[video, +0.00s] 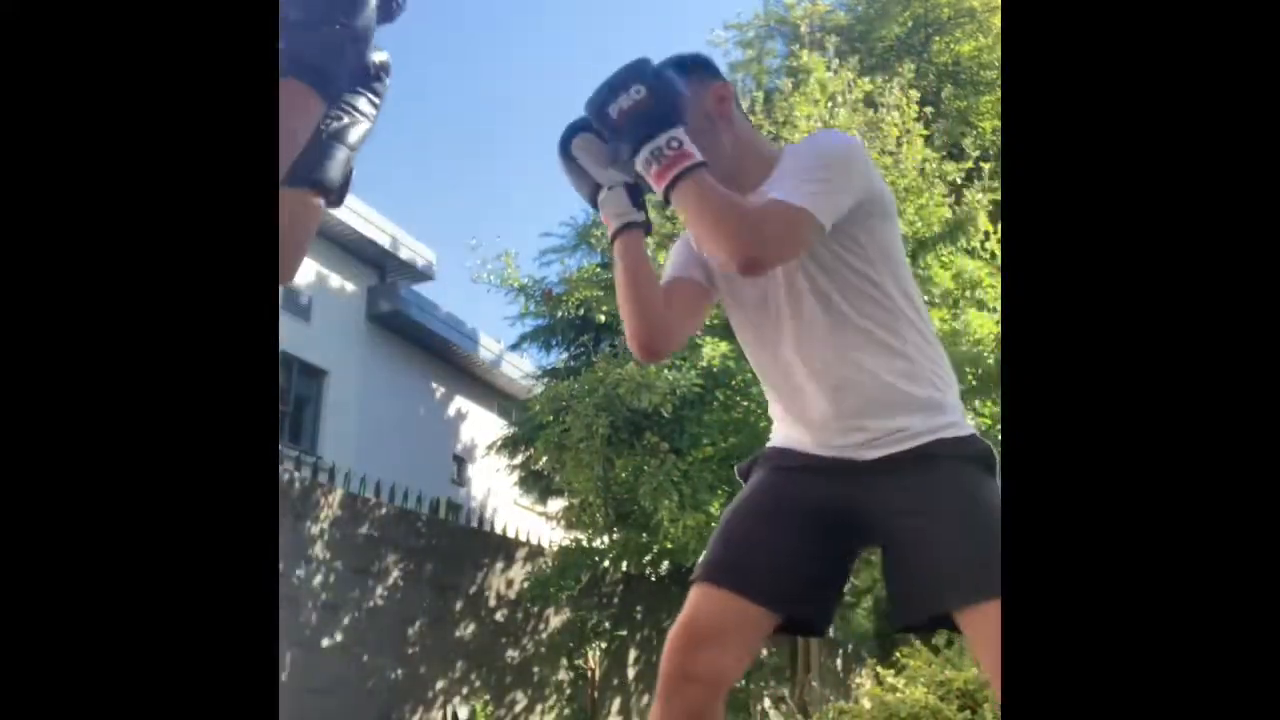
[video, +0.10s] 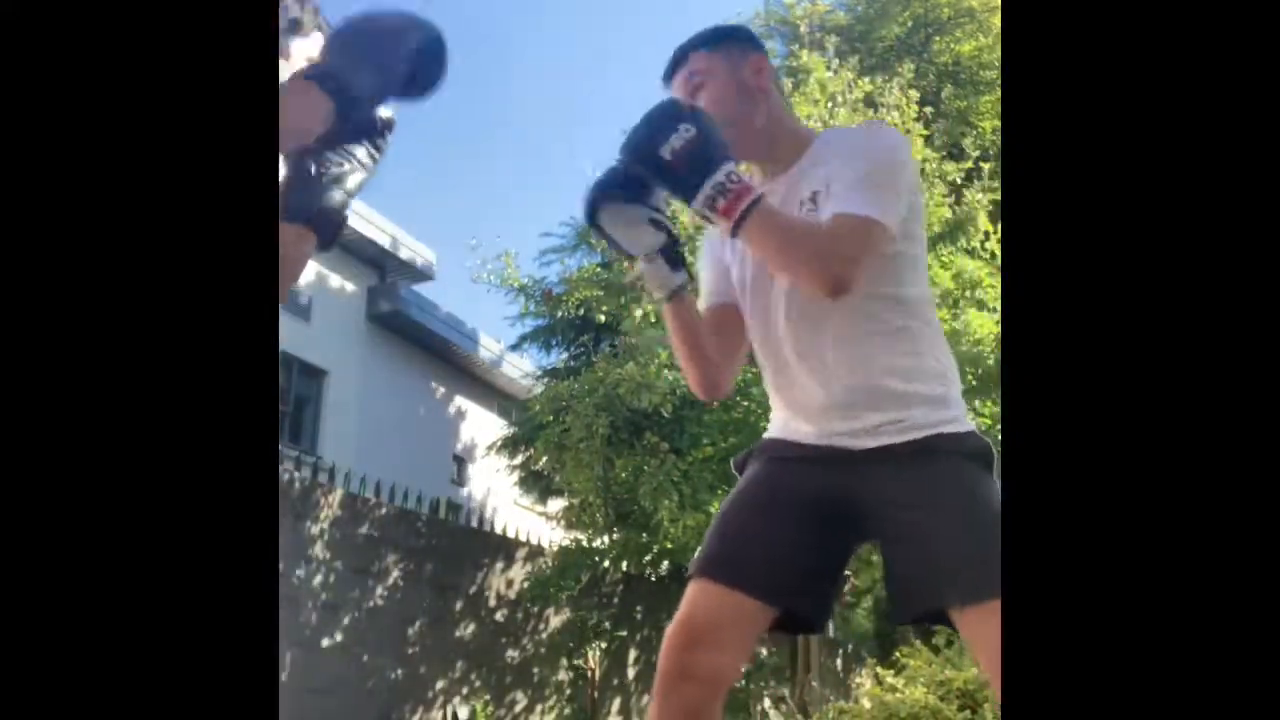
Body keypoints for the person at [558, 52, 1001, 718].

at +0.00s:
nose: (669, 141)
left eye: (677, 118)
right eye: (660, 133)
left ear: (723, 98)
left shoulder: (832, 155)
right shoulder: (703, 236)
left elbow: (748, 244)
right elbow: (650, 339)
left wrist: (657, 149)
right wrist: (618, 207)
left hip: (928, 452)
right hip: (801, 464)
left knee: (1001, 665)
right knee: (692, 663)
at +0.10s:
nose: (687, 110)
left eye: (697, 84)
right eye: (679, 101)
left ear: (758, 71)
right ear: (682, 125)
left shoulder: (870, 146)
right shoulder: (729, 228)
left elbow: (833, 270)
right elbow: (710, 378)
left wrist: (717, 188)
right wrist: (666, 279)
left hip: (925, 442)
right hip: (799, 451)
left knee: (1003, 666)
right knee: (690, 661)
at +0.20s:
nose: (755, 92)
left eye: (766, 65)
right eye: (748, 85)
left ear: (829, 49)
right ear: (755, 103)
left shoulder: (934, 148)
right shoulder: (773, 208)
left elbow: (912, 266)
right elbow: (772, 371)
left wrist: (780, 195)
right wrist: (725, 309)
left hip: (937, 442)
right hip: (806, 443)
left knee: (1002, 659)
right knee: (697, 657)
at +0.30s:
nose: (818, 74)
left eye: (832, 46)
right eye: (810, 66)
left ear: (895, 37)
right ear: (814, 85)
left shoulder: (981, 155)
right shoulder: (814, 186)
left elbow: (950, 262)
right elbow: (814, 355)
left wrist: (825, 190)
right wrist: (768, 309)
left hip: (955, 440)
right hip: (821, 436)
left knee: (1005, 636)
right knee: (705, 639)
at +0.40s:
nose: (873, 80)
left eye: (894, 54)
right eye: (867, 70)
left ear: (961, 55)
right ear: (866, 89)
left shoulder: (996, 181)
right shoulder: (845, 184)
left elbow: (959, 286)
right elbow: (813, 349)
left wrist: (858, 195)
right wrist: (794, 324)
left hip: (959, 454)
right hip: (826, 447)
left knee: (1006, 626)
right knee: (710, 654)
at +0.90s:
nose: (757, 65)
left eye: (779, 37)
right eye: (755, 49)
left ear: (846, 43)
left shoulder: (930, 159)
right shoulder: (745, 183)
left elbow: (903, 261)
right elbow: (726, 346)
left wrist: (771, 175)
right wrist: (692, 320)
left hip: (905, 450)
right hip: (769, 448)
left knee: (999, 668)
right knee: (657, 660)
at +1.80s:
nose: (787, 54)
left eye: (813, 32)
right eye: (780, 41)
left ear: (874, 51)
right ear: (771, 63)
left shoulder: (922, 165)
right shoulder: (737, 176)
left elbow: (972, 230)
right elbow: (646, 312)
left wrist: (814, 155)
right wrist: (639, 239)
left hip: (884, 455)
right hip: (747, 442)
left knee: (995, 677)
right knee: (624, 632)